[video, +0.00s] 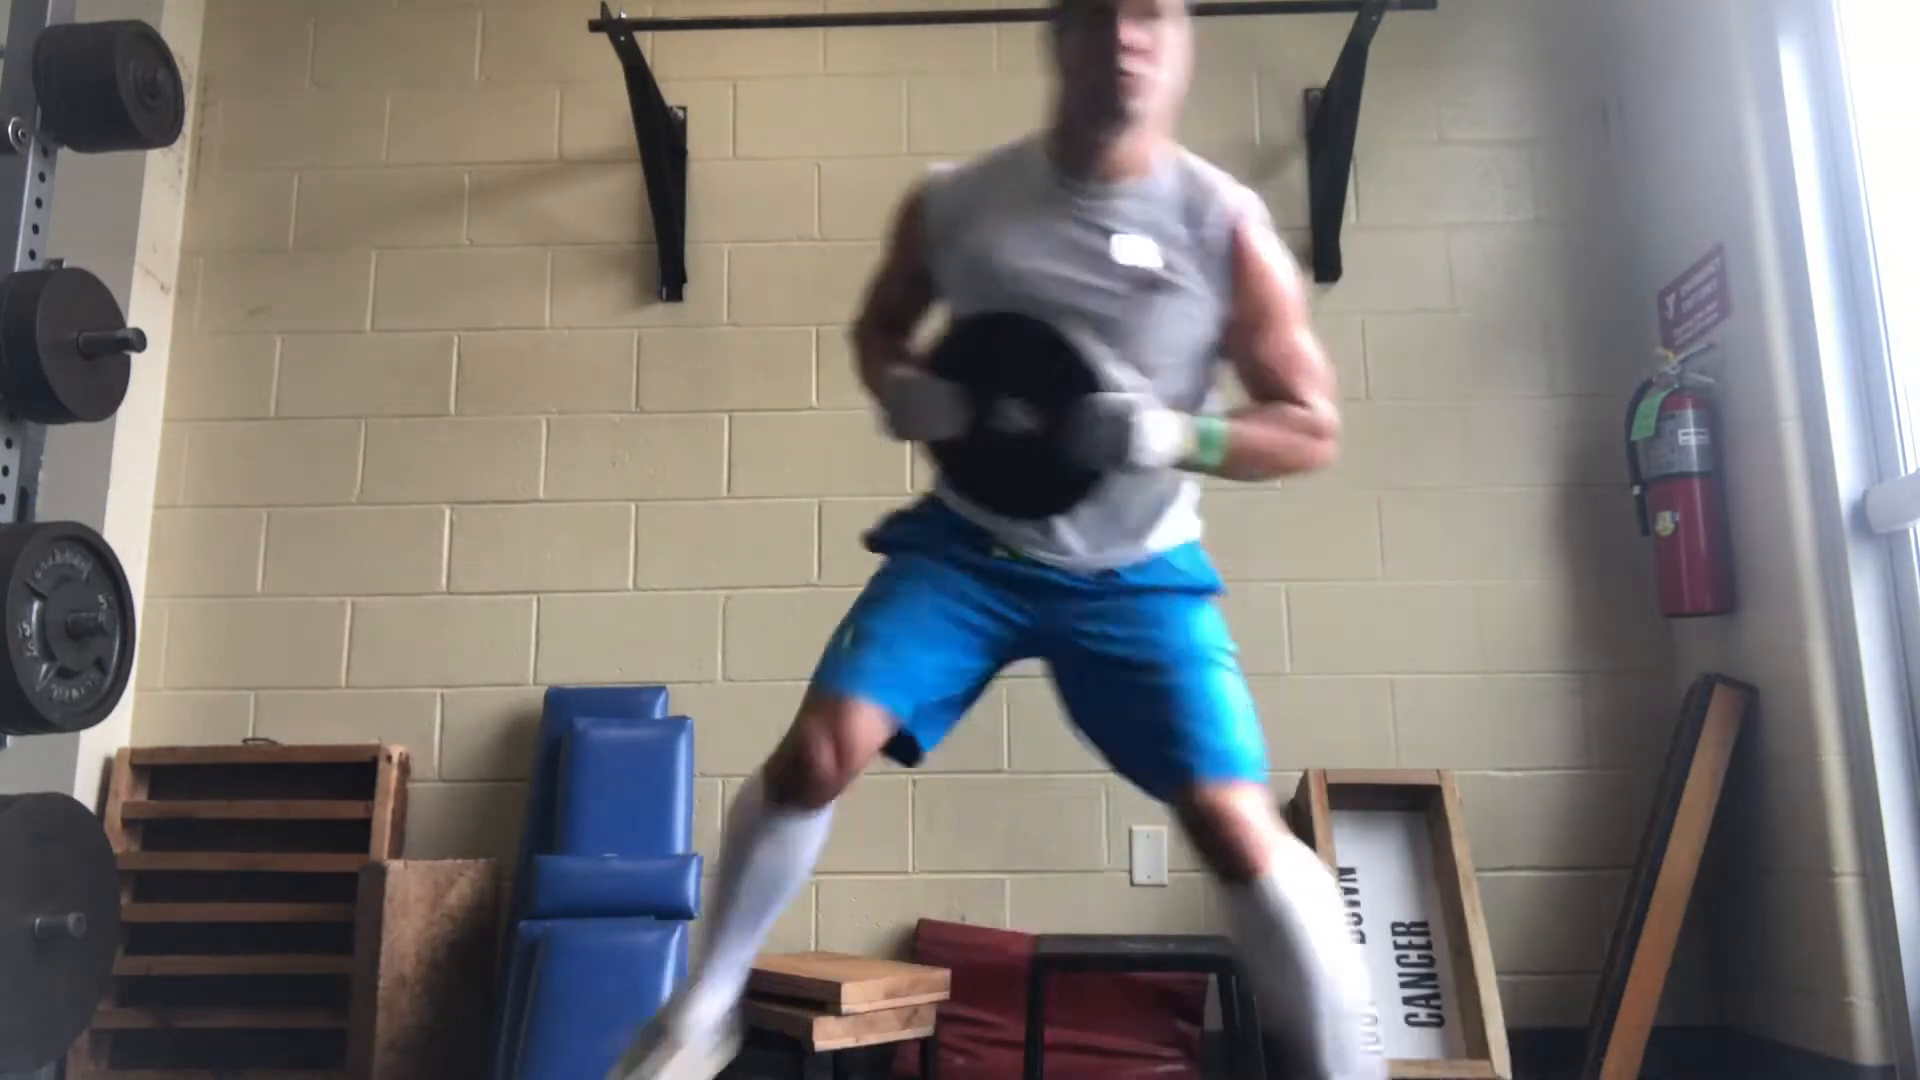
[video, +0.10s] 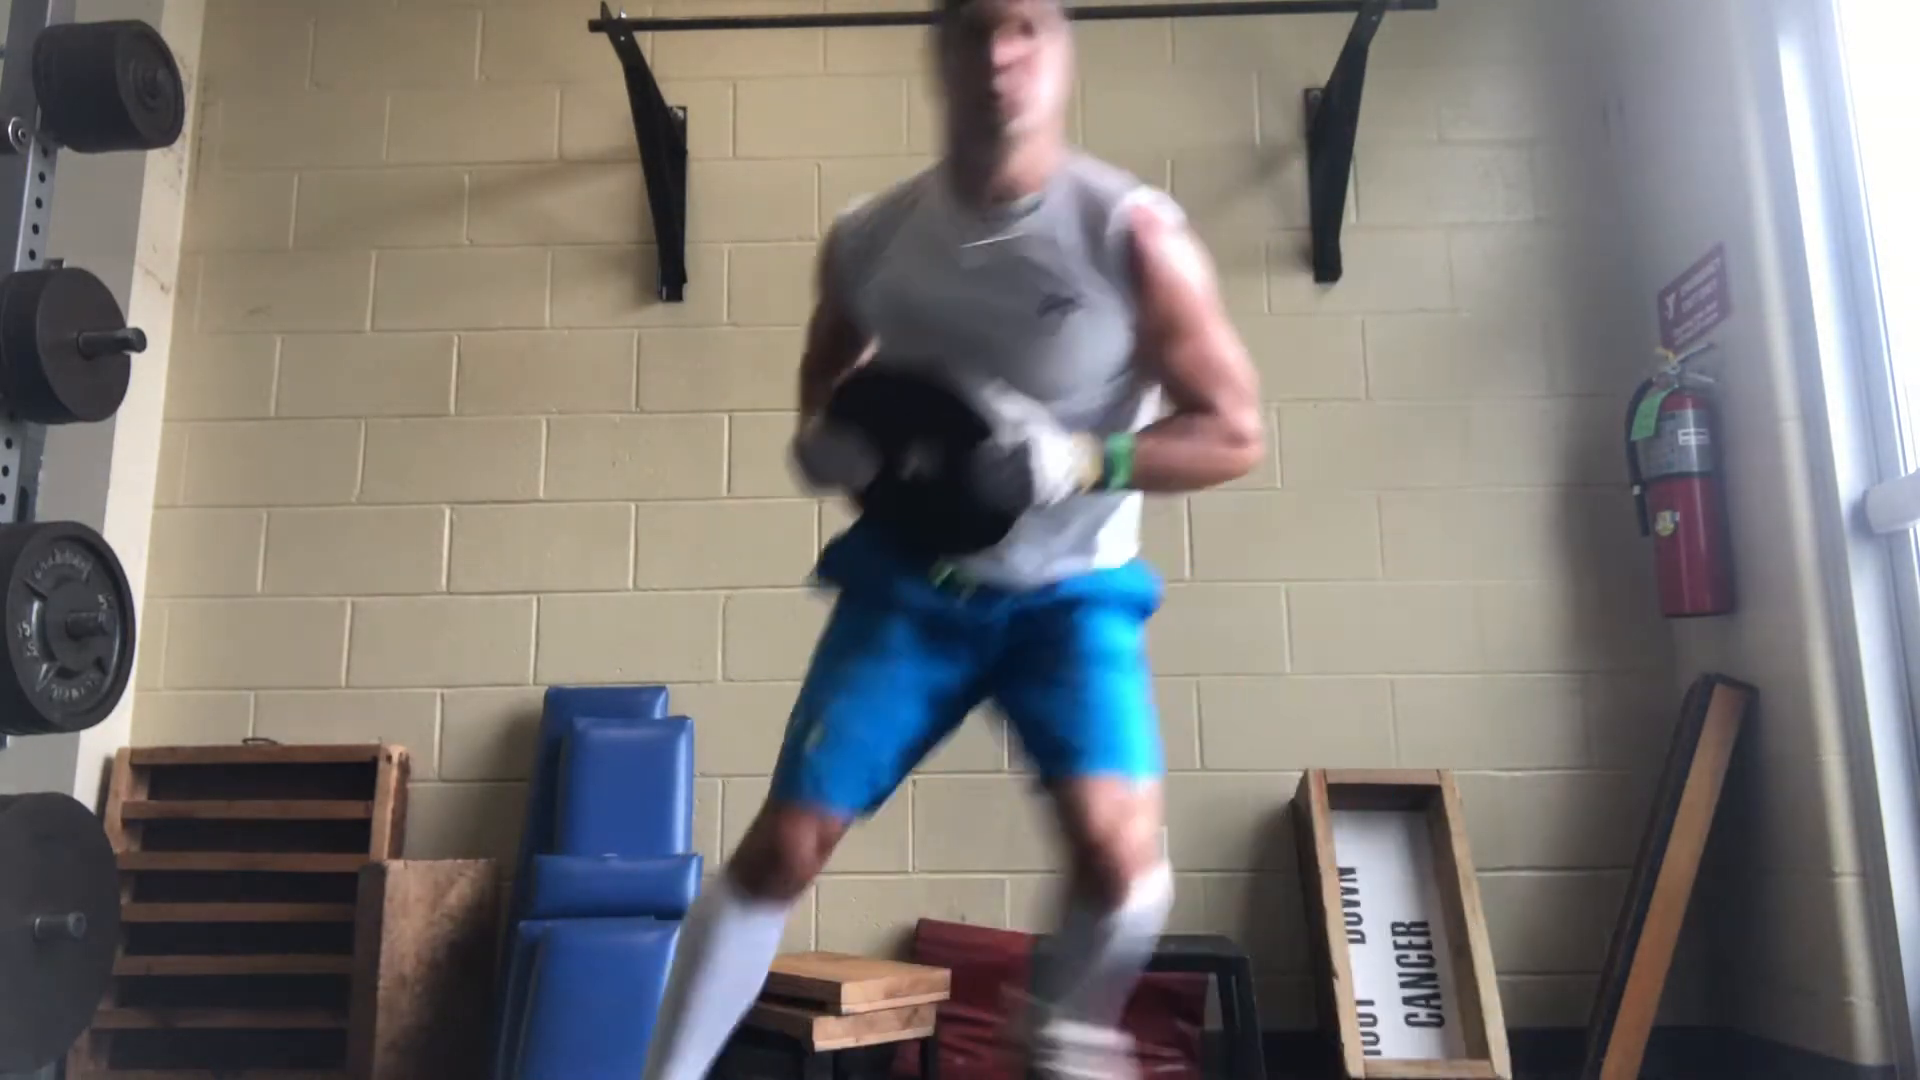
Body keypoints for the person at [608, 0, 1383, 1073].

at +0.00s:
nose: (1124, 38)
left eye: (1151, 18)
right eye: (1096, 16)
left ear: (1188, 52)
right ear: (1055, 42)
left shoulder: (1223, 223)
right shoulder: (952, 207)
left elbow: (1311, 429)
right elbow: (877, 333)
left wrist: (1171, 436)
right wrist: (907, 395)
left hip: (1141, 578)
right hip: (964, 554)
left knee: (1235, 826)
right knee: (817, 751)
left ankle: (1355, 1068)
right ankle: (691, 1028)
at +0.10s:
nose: (997, 58)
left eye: (1025, 32)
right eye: (972, 32)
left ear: (1067, 58)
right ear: (939, 59)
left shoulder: (1133, 231)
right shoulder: (866, 246)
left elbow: (1236, 431)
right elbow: (820, 432)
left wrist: (1080, 458)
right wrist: (847, 450)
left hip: (1076, 601)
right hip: (908, 590)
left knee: (1123, 860)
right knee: (786, 846)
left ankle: (1060, 1041)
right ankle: (670, 1069)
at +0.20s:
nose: (898, 115)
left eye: (923, 92)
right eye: (873, 97)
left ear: (963, 124)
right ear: (846, 133)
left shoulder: (1053, 279)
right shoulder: (795, 324)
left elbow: (1182, 466)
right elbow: (783, 515)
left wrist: (1038, 521)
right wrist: (792, 543)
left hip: (1021, 667)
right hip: (857, 654)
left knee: (968, 916)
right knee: (741, 884)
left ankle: (867, 996)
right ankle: (661, 1077)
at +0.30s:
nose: (874, 124)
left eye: (897, 104)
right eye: (847, 110)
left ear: (938, 135)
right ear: (818, 152)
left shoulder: (1041, 281)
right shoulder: (785, 341)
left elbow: (1185, 453)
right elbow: (780, 516)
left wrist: (1054, 518)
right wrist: (799, 557)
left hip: (1016, 669)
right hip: (849, 664)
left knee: (982, 916)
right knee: (737, 887)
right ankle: (658, 1079)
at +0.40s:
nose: (941, 78)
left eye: (964, 54)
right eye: (914, 62)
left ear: (1007, 84)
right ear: (885, 104)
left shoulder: (1103, 239)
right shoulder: (828, 281)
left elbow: (1257, 397)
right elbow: (812, 430)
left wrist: (1128, 458)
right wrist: (880, 484)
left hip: (1086, 615)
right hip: (911, 625)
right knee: (794, 867)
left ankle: (1243, 1010)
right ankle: (673, 1076)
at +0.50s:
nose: (1069, 42)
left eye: (1094, 19)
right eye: (1039, 22)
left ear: (1133, 43)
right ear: (1001, 50)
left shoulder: (1206, 217)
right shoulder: (918, 226)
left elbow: (1358, 360)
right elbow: (865, 385)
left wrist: (1275, 408)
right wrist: (956, 422)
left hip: (1166, 575)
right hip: (986, 587)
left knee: (1287, 801)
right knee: (871, 835)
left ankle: (1477, 1067)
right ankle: (786, 1067)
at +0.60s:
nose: (1196, 55)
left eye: (1222, 34)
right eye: (1165, 30)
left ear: (1254, 79)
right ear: (1117, 63)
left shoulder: (1309, 257)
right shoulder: (1015, 248)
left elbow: (1415, 397)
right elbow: (950, 443)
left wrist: (1385, 457)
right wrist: (1076, 469)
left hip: (1251, 626)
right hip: (1070, 629)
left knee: (1393, 872)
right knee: (967, 866)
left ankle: (1530, 1073)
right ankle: (1000, 1010)